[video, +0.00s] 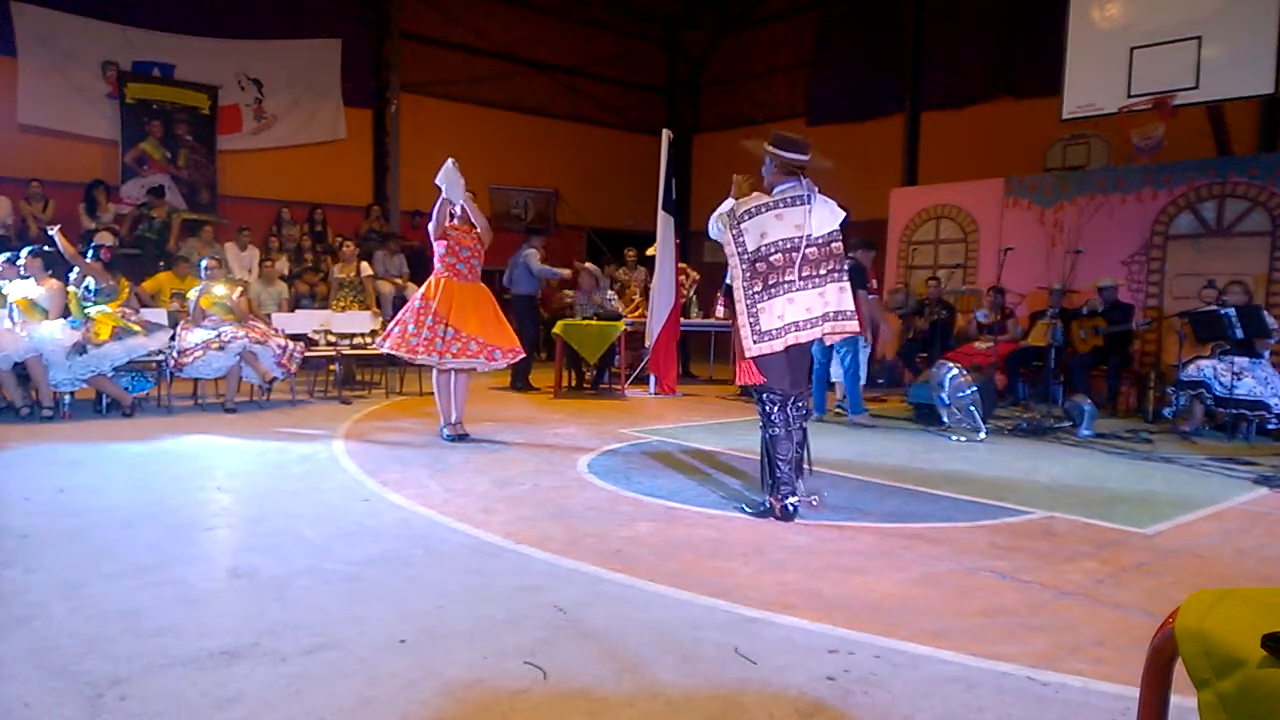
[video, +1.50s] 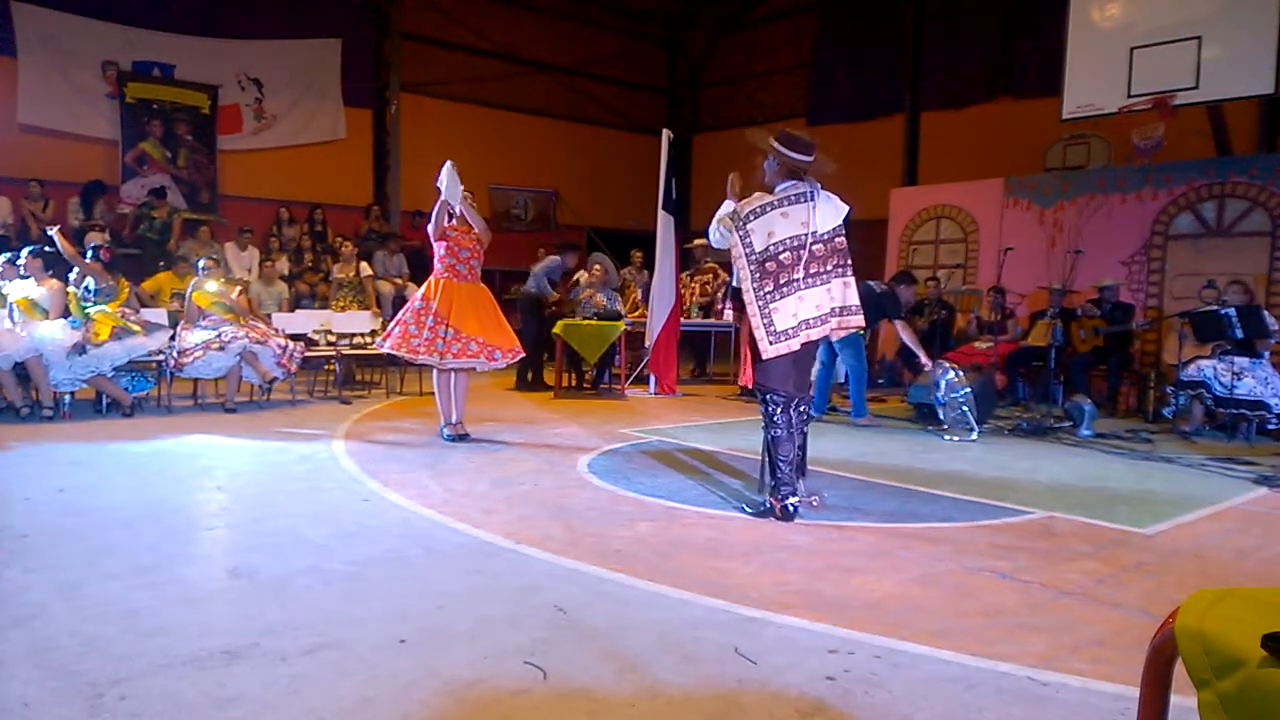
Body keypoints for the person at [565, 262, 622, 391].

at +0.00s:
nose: (583, 280)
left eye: (587, 276)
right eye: (581, 276)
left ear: (595, 279)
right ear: (578, 279)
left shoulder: (606, 294)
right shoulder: (576, 295)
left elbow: (617, 312)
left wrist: (601, 303)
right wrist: (562, 301)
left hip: (601, 331)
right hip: (580, 331)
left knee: (610, 349)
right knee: (571, 346)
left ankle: (597, 380)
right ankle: (579, 378)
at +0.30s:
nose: (581, 281)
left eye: (585, 277)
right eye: (579, 277)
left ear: (594, 279)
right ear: (576, 280)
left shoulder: (608, 294)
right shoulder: (573, 297)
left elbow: (619, 312)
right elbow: (567, 315)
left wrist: (600, 309)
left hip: (602, 331)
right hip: (580, 331)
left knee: (610, 348)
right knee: (570, 344)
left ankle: (597, 381)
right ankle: (579, 377)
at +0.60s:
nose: (581, 280)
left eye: (585, 277)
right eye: (581, 277)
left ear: (595, 279)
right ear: (580, 279)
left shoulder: (610, 294)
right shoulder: (577, 296)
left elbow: (620, 310)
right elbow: (563, 309)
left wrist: (603, 307)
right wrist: (562, 297)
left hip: (603, 332)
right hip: (581, 331)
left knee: (609, 348)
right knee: (570, 345)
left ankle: (597, 381)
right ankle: (579, 378)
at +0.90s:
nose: (586, 280)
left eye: (589, 277)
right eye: (586, 277)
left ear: (599, 278)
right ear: (586, 279)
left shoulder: (612, 296)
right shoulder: (578, 295)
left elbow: (620, 313)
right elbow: (563, 313)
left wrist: (603, 310)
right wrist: (568, 305)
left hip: (603, 332)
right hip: (581, 331)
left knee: (609, 348)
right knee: (571, 345)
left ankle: (597, 380)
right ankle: (579, 379)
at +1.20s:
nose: (593, 276)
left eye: (597, 274)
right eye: (592, 273)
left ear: (606, 279)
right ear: (589, 276)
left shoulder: (613, 298)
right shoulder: (578, 293)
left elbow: (620, 315)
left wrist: (603, 310)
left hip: (603, 332)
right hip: (580, 330)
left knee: (609, 349)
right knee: (571, 346)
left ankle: (597, 381)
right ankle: (579, 379)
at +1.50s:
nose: (593, 272)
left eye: (598, 270)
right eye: (592, 269)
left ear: (605, 275)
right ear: (588, 273)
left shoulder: (613, 295)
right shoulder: (579, 291)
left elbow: (620, 314)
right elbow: (568, 306)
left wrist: (602, 307)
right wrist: (581, 298)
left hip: (603, 329)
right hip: (582, 327)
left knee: (609, 348)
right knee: (570, 346)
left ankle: (597, 380)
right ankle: (579, 378)